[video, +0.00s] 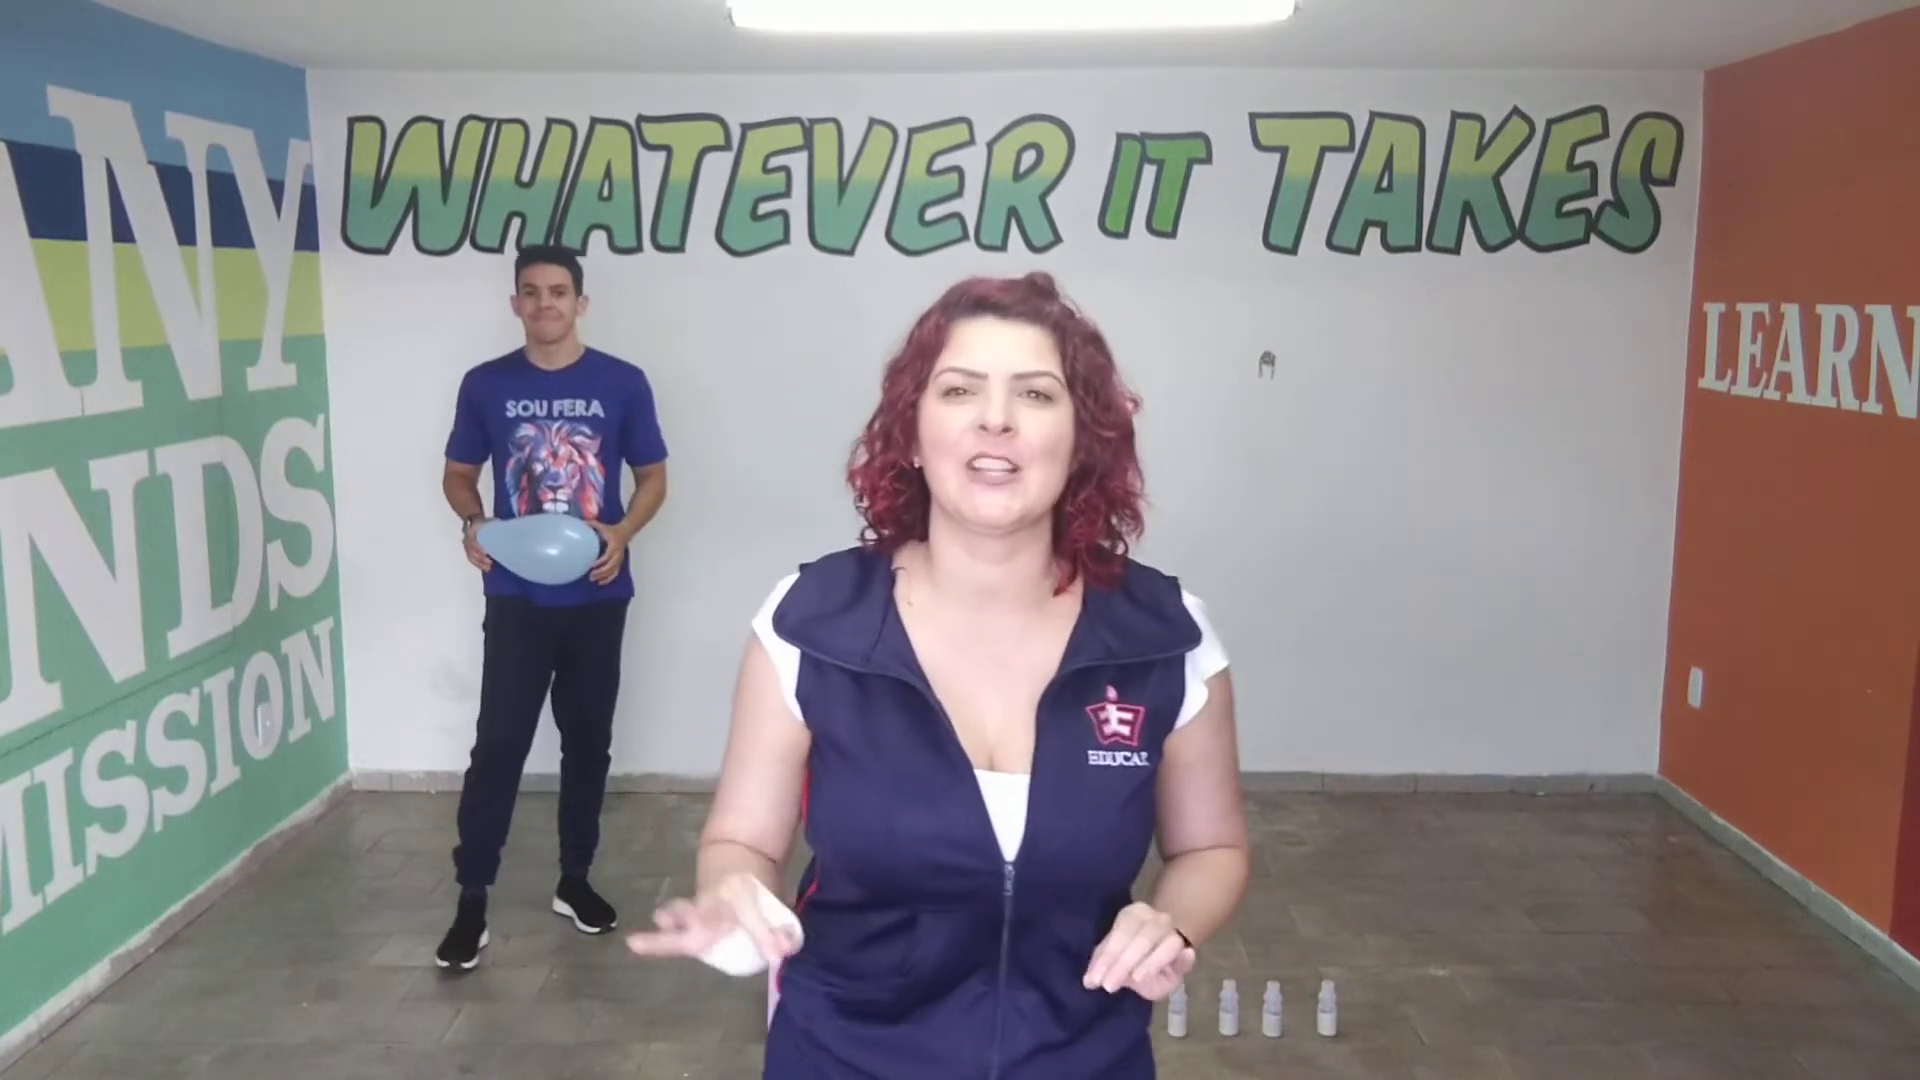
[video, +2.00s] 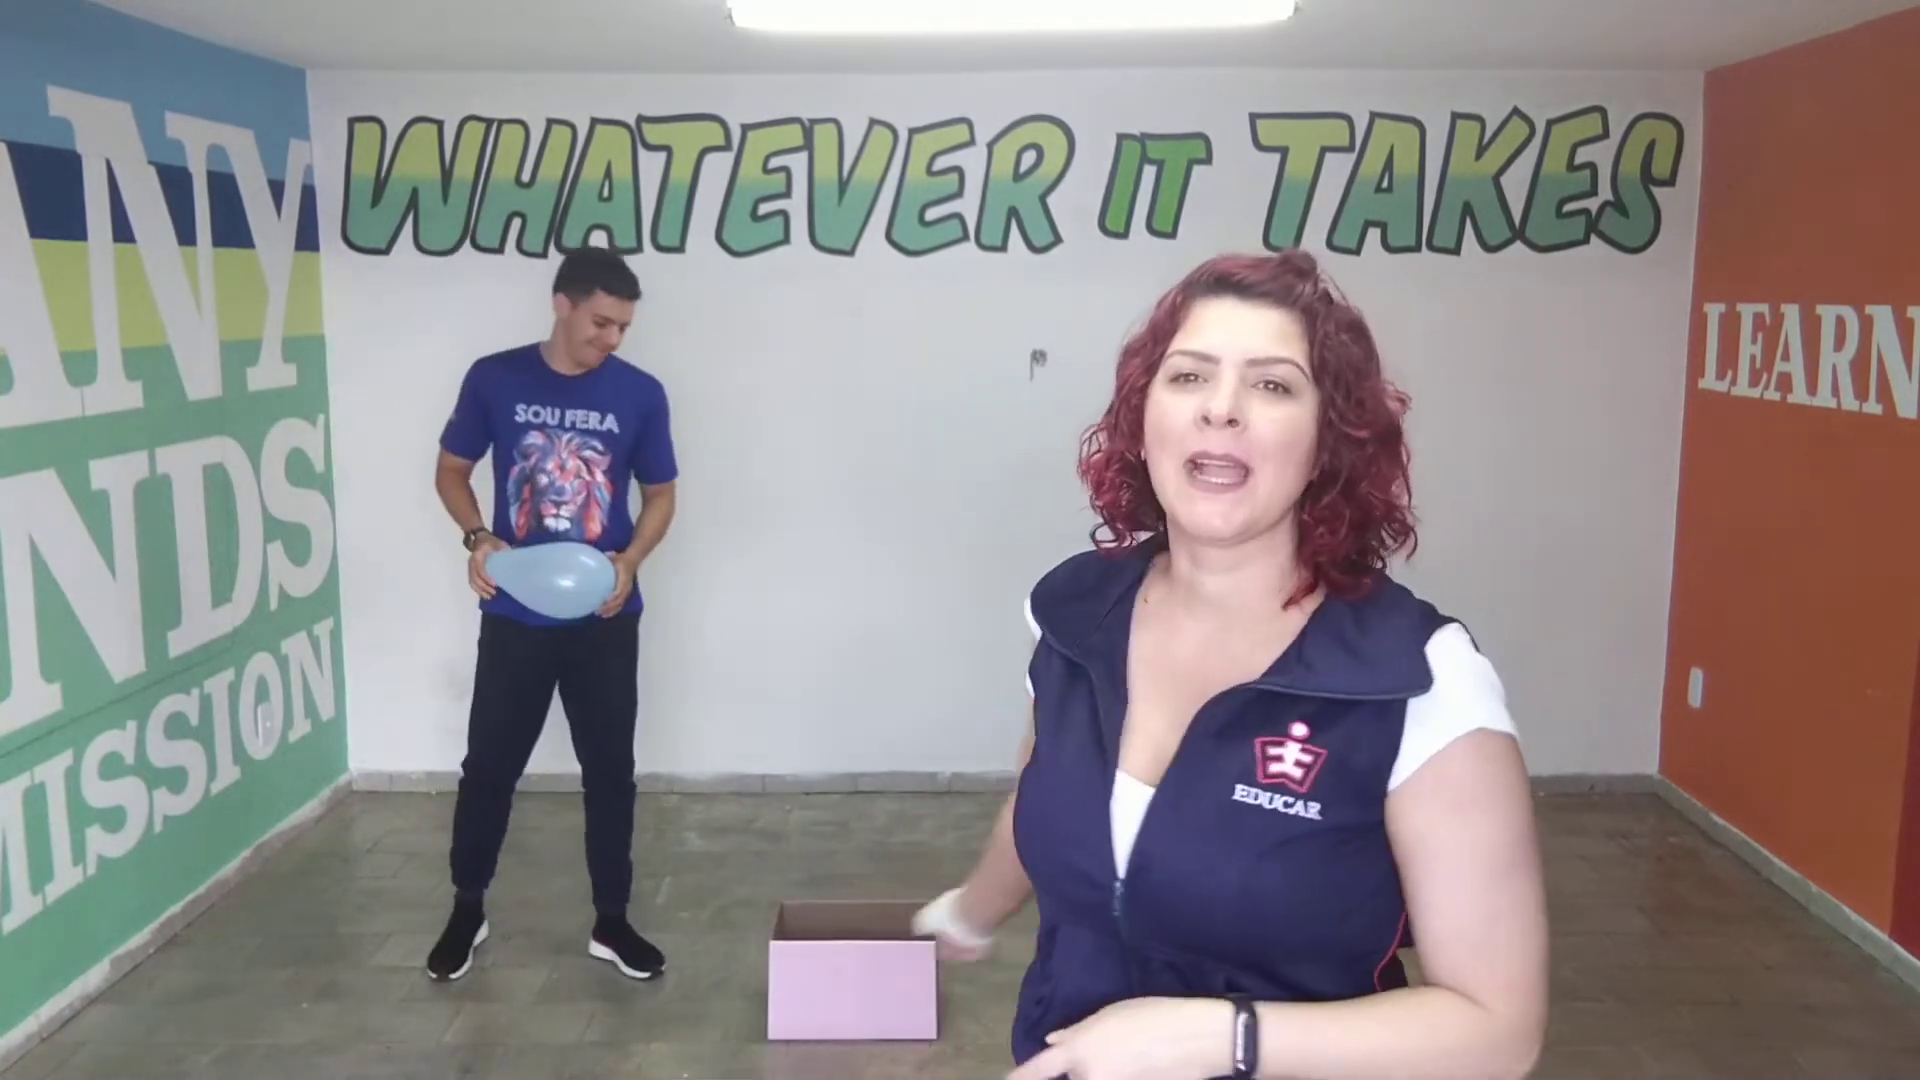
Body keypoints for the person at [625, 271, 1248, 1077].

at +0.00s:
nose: (995, 419)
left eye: (1034, 394)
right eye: (960, 390)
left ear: (1084, 434)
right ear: (910, 427)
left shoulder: (1162, 633)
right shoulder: (812, 618)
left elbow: (1208, 848)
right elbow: (742, 839)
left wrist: (1168, 923)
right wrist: (732, 895)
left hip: (1082, 1055)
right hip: (855, 1053)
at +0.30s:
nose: (1069, 408)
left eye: (1113, 378)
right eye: (1035, 372)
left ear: (1167, 414)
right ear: (987, 403)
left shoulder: (1253, 626)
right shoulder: (884, 604)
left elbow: (1315, 862)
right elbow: (813, 888)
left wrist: (1271, 924)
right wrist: (782, 804)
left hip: (1168, 1054)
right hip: (930, 1053)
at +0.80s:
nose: (1166, 431)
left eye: (1214, 397)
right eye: (1132, 390)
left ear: (1275, 435)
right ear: (1084, 416)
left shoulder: (1372, 654)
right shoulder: (983, 625)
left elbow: (1439, 907)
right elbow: (919, 906)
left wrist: (1374, 982)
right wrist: (868, 866)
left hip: (1267, 1059)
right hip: (1023, 1058)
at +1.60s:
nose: (1239, 398)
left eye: (1289, 375)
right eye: (1209, 365)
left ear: (1342, 439)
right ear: (1155, 411)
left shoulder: (1430, 667)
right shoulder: (1036, 618)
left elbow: (1493, 923)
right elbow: (935, 856)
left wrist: (1411, 1003)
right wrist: (829, 979)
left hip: (1309, 1073)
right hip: (1066, 1067)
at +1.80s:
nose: (1231, 405)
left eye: (1281, 379)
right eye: (1201, 370)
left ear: (1339, 434)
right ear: (1150, 410)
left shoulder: (1435, 673)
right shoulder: (1047, 617)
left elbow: (1517, 967)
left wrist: (1357, 1046)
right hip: (1063, 1063)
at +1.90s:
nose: (1227, 407)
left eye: (1277, 379)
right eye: (1195, 373)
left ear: (1334, 432)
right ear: (1146, 414)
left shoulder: (1430, 674)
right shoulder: (1059, 619)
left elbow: (1515, 1005)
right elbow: (978, 838)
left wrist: (1273, 1044)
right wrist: (853, 964)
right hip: (1060, 1064)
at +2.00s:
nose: (1220, 409)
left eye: (1273, 385)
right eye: (1189, 376)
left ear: (1330, 438)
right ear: (1140, 413)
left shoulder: (1420, 675)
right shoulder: (1079, 613)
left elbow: (1498, 1029)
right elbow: (1045, 797)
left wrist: (1223, 1039)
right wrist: (965, 918)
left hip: (1286, 1077)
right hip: (1061, 1065)